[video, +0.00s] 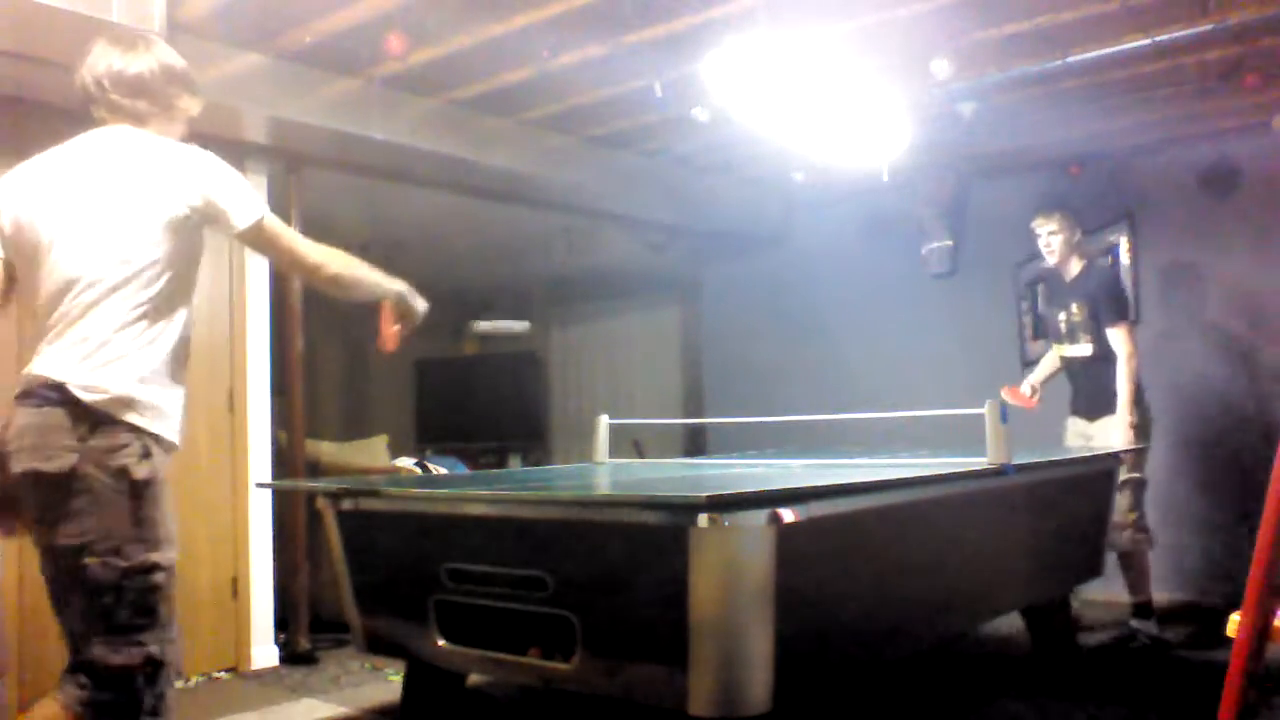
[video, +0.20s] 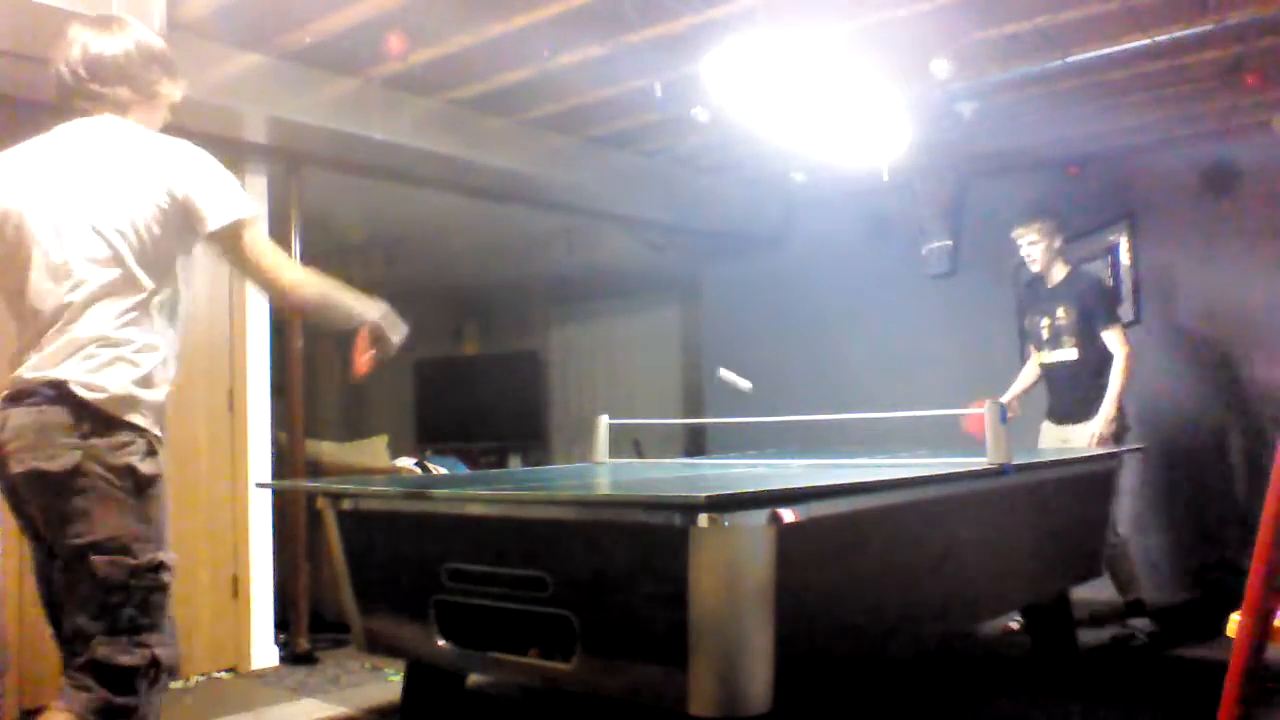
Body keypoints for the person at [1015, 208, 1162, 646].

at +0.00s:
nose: (1044, 243)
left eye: (1051, 234)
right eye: (1039, 237)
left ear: (1075, 233)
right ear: (1038, 243)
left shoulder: (1101, 278)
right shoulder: (1052, 287)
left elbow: (1125, 350)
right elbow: (1061, 347)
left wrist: (1124, 415)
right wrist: (1035, 380)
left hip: (1119, 417)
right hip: (1080, 420)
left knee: (1123, 521)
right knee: (1072, 514)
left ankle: (1143, 615)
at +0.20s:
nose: (1026, 253)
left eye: (1033, 243)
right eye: (1021, 246)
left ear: (1057, 241)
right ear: (1020, 250)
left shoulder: (1087, 287)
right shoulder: (1029, 295)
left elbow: (1121, 353)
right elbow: (1037, 360)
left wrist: (1108, 414)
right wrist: (1011, 395)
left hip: (1095, 425)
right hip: (1054, 426)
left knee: (1102, 525)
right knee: (1047, 522)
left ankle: (1138, 611)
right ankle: (1043, 613)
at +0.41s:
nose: (1004, 262)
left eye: (1009, 252)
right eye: (1001, 255)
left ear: (1033, 246)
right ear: (1009, 256)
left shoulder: (1070, 286)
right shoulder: (1024, 302)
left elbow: (1115, 342)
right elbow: (1016, 368)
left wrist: (1109, 411)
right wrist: (966, 407)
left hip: (1094, 426)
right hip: (1054, 431)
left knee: (1107, 527)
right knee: (1046, 526)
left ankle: (1141, 614)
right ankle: (1038, 613)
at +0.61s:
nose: (1009, 251)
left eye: (1014, 241)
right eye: (1005, 244)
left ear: (1039, 236)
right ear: (1010, 247)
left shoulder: (1071, 281)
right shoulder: (1015, 289)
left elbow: (1105, 340)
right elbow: (973, 326)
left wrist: (1105, 408)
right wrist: (930, 317)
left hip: (1083, 417)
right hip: (1042, 420)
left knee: (1100, 509)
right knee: (1038, 512)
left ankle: (1126, 602)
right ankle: (1035, 606)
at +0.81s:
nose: (1031, 244)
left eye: (1038, 235)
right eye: (1026, 238)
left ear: (1059, 234)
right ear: (1023, 242)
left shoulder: (1087, 285)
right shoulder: (1021, 283)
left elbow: (1110, 350)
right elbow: (964, 312)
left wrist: (1091, 409)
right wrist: (956, 273)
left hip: (1081, 418)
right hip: (1034, 422)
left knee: (1101, 512)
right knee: (1033, 518)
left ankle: (1127, 602)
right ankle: (1036, 609)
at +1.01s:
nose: (1035, 243)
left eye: (1043, 234)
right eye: (1029, 237)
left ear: (1061, 236)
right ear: (1024, 241)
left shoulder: (1088, 290)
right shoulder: (1018, 289)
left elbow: (1102, 360)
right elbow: (976, 336)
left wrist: (1096, 421)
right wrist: (965, 307)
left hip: (1076, 423)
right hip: (1027, 425)